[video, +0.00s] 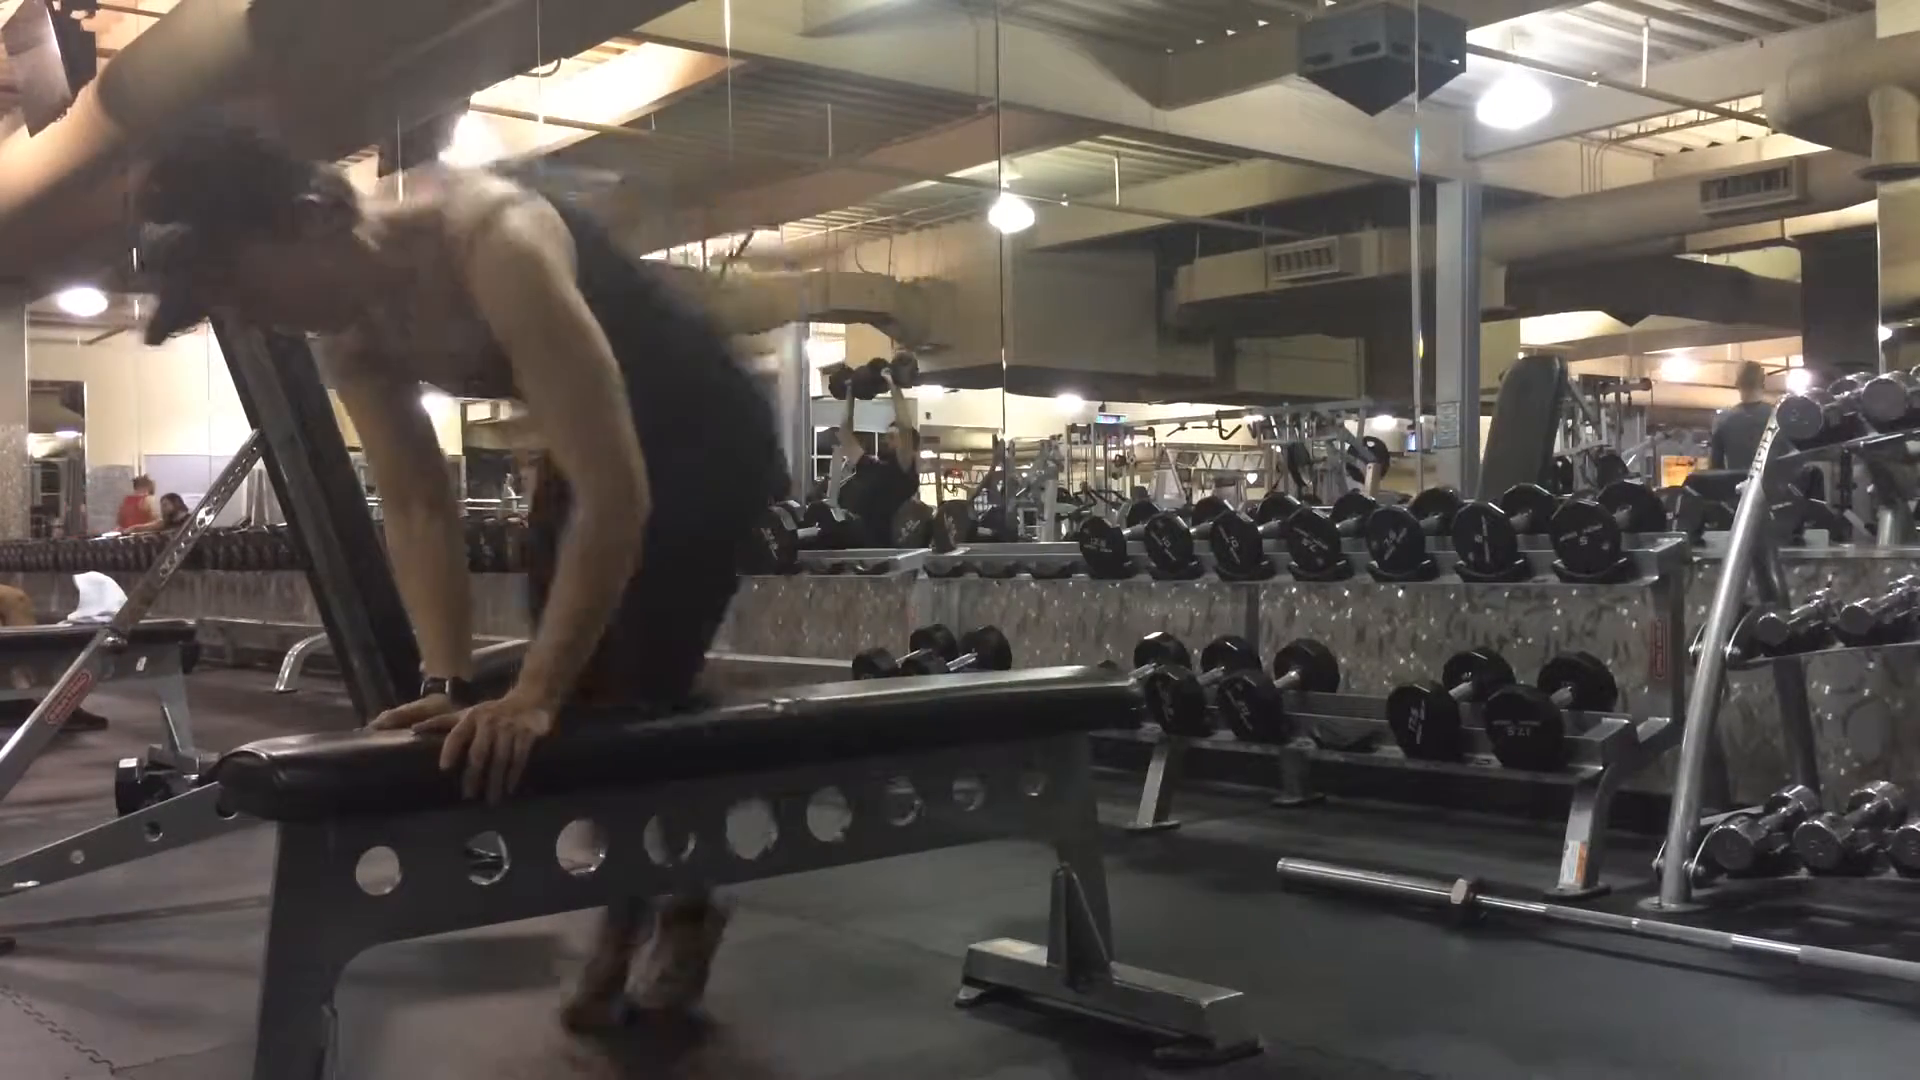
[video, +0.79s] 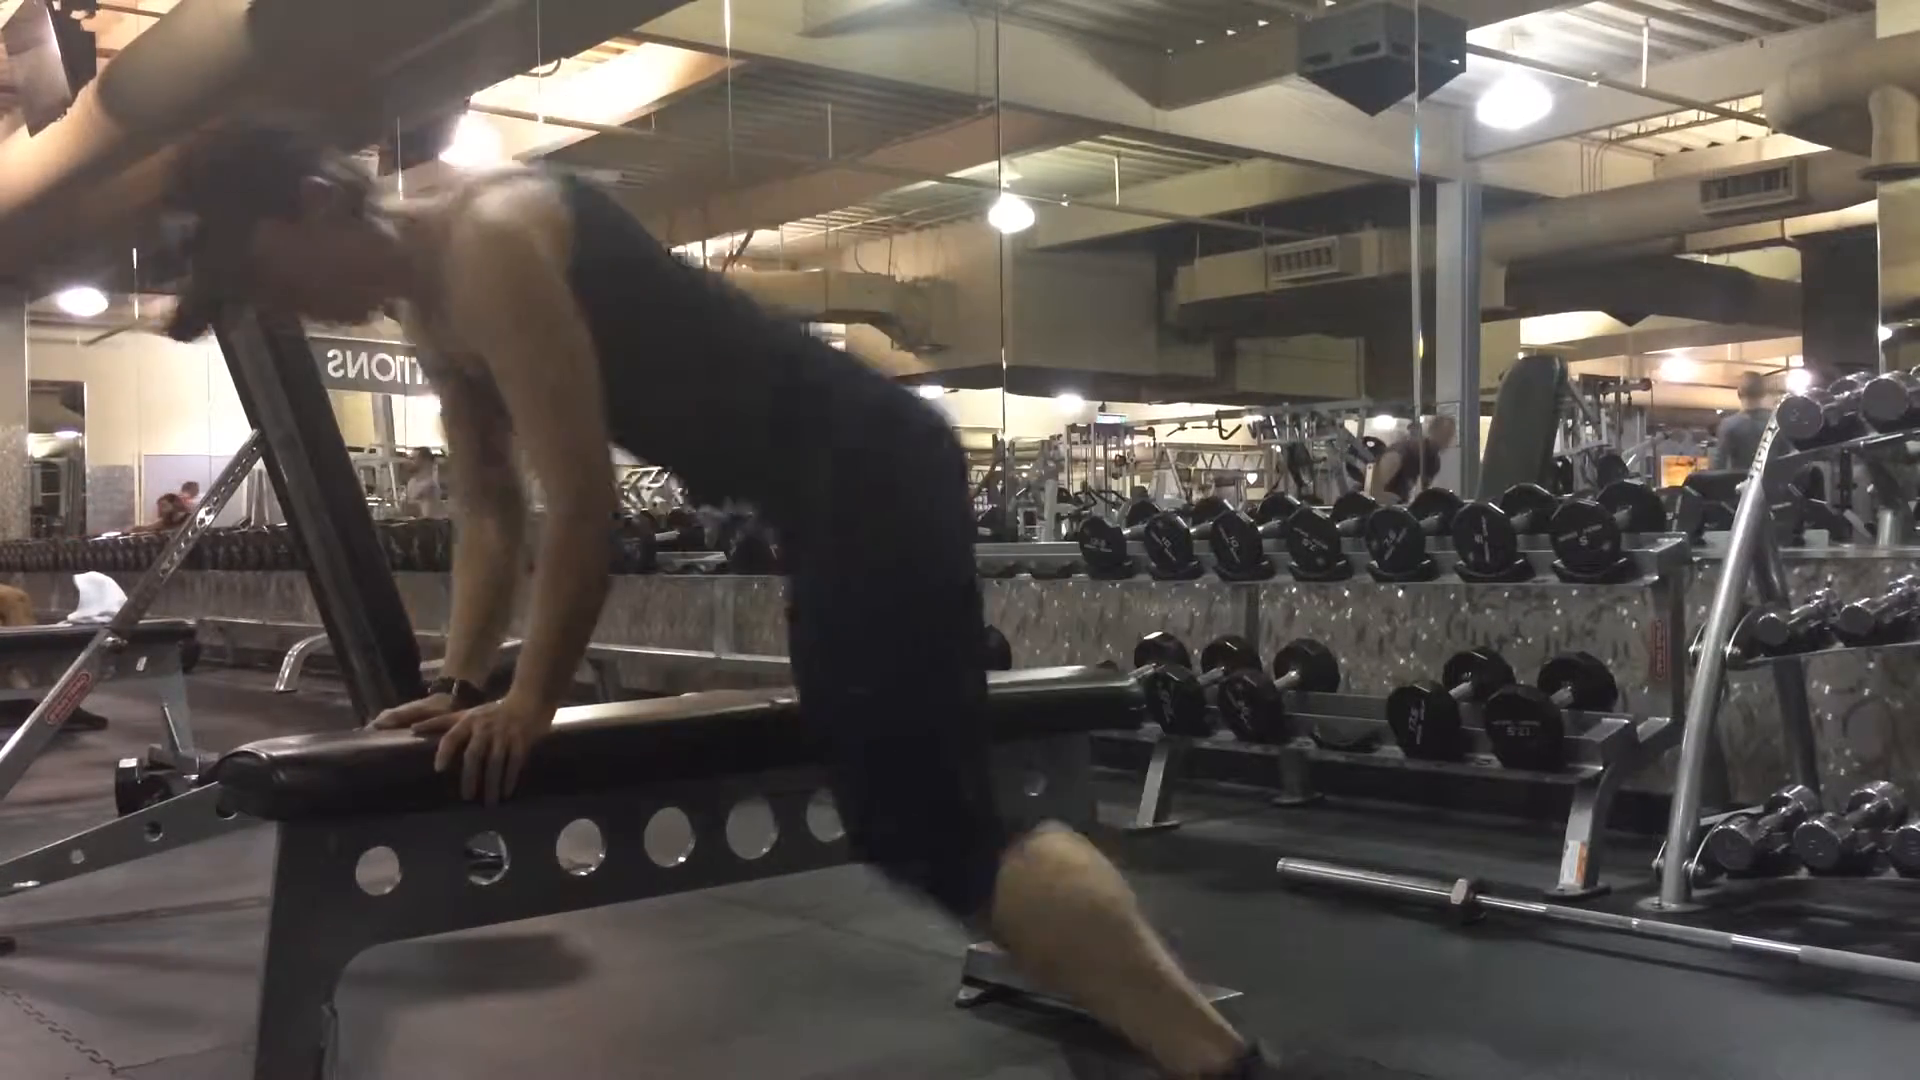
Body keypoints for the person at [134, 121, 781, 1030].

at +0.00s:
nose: (252, 327)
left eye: (243, 293)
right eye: (230, 312)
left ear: (301, 220)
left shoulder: (499, 246)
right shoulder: (348, 333)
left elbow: (615, 490)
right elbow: (414, 500)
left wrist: (535, 693)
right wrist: (445, 683)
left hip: (703, 433)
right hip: (583, 450)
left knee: (632, 686)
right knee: (561, 691)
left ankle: (687, 900)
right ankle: (624, 900)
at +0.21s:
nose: (228, 337)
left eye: (217, 308)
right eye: (206, 326)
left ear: (274, 227)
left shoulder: (456, 241)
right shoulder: (317, 329)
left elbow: (589, 482)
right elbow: (400, 506)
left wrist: (531, 692)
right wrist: (442, 681)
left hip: (708, 390)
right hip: (604, 417)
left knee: (673, 655)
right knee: (610, 655)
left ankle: (695, 851)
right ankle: (613, 861)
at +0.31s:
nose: (214, 353)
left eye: (200, 321)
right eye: (188, 338)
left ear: (251, 235)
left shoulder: (430, 225)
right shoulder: (326, 310)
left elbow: (554, 473)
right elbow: (403, 496)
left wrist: (525, 697)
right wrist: (445, 682)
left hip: (735, 264)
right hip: (620, 302)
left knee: (713, 529)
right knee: (622, 546)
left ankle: (800, 674)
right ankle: (706, 669)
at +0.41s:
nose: (229, 361)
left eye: (211, 333)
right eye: (203, 347)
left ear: (255, 242)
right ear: (250, 248)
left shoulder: (435, 220)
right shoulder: (340, 295)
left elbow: (544, 472)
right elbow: (405, 492)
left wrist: (524, 696)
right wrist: (445, 680)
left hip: (758, 217)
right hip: (654, 256)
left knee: (709, 494)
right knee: (614, 516)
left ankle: (891, 483)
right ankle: (847, 491)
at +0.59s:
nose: (229, 331)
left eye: (208, 304)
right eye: (203, 323)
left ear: (243, 215)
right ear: (242, 221)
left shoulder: (428, 204)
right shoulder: (360, 276)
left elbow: (535, 451)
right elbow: (423, 486)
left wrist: (523, 691)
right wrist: (446, 684)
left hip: (801, 215)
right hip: (730, 270)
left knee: (784, 522)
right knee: (740, 542)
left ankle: (1076, 525)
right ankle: (1027, 561)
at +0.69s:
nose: (227, 309)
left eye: (206, 280)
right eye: (201, 299)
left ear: (246, 195)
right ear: (247, 200)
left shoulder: (433, 215)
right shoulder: (375, 258)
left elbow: (535, 464)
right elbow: (438, 476)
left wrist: (525, 691)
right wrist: (443, 675)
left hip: (831, 290)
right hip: (773, 333)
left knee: (901, 617)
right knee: (855, 643)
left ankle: (1146, 813)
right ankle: (1090, 844)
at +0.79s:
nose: (281, 314)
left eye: (268, 282)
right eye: (261, 298)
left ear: (320, 212)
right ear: (307, 231)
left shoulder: (490, 241)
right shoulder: (434, 292)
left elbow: (576, 501)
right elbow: (491, 501)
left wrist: (528, 703)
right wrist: (460, 676)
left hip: (867, 456)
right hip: (823, 482)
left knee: (923, 819)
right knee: (902, 810)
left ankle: (1208, 1048)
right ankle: (1136, 988)